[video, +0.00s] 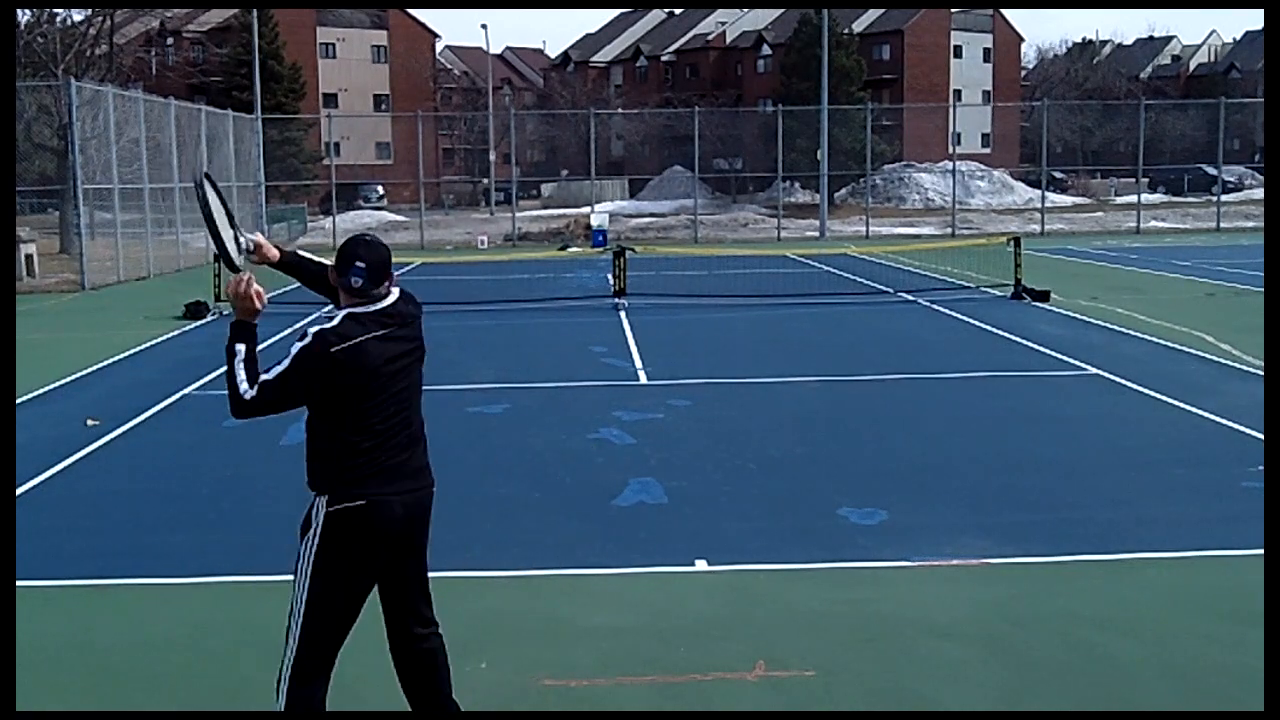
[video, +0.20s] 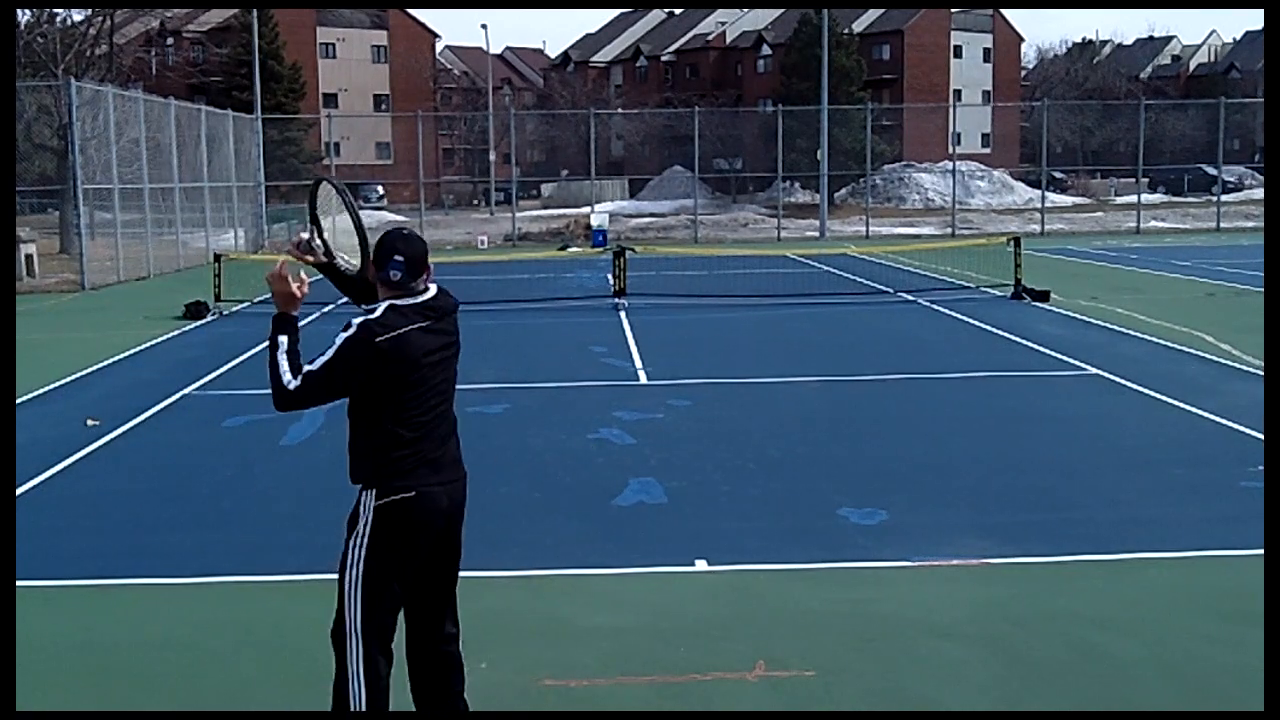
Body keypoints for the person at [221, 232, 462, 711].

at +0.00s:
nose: (337, 283)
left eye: (341, 279)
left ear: (343, 285)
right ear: (388, 281)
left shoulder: (329, 341)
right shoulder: (406, 311)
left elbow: (245, 400)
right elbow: (345, 288)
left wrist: (243, 320)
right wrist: (281, 257)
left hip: (346, 509)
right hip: (410, 498)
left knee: (309, 657)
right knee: (416, 632)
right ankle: (441, 713)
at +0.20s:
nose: (374, 276)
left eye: (376, 271)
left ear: (376, 278)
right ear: (427, 272)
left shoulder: (375, 332)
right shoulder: (443, 307)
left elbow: (288, 392)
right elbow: (374, 296)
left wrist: (285, 313)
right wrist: (327, 262)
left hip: (388, 499)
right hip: (445, 490)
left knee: (360, 635)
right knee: (434, 630)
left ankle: (362, 715)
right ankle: (446, 713)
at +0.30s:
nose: (394, 283)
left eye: (397, 277)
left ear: (396, 281)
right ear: (447, 276)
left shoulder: (389, 337)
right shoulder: (464, 316)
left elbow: (303, 394)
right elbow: (401, 322)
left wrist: (304, 315)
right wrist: (353, 292)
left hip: (404, 504)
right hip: (463, 495)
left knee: (376, 638)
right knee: (440, 629)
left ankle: (425, 710)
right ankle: (454, 708)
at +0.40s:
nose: (412, 294)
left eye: (413, 288)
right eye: (463, 284)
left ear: (412, 294)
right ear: (465, 291)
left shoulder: (399, 356)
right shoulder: (488, 339)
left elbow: (326, 419)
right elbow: (438, 363)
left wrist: (326, 343)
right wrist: (377, 341)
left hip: (421, 518)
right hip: (479, 509)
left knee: (407, 658)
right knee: (448, 643)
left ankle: (459, 712)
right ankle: (451, 715)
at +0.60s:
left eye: (445, 300)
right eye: (497, 300)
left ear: (443, 305)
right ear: (500, 305)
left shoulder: (421, 372)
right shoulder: (534, 364)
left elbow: (379, 474)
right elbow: (560, 457)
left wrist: (396, 406)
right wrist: (504, 424)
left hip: (458, 538)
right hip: (526, 533)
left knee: (477, 678)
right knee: (477, 672)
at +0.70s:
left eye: (465, 297)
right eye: (522, 297)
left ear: (463, 302)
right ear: (521, 302)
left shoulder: (438, 368)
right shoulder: (556, 360)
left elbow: (397, 473)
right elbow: (595, 457)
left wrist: (434, 414)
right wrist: (539, 452)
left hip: (476, 540)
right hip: (550, 534)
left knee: (486, 677)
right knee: (523, 664)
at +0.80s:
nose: (544, 302)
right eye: (545, 296)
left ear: (485, 302)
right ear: (543, 302)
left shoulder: (455, 369)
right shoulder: (579, 362)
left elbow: (417, 475)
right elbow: (622, 461)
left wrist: (471, 446)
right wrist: (567, 476)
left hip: (490, 547)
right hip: (568, 542)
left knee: (495, 680)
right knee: (557, 666)